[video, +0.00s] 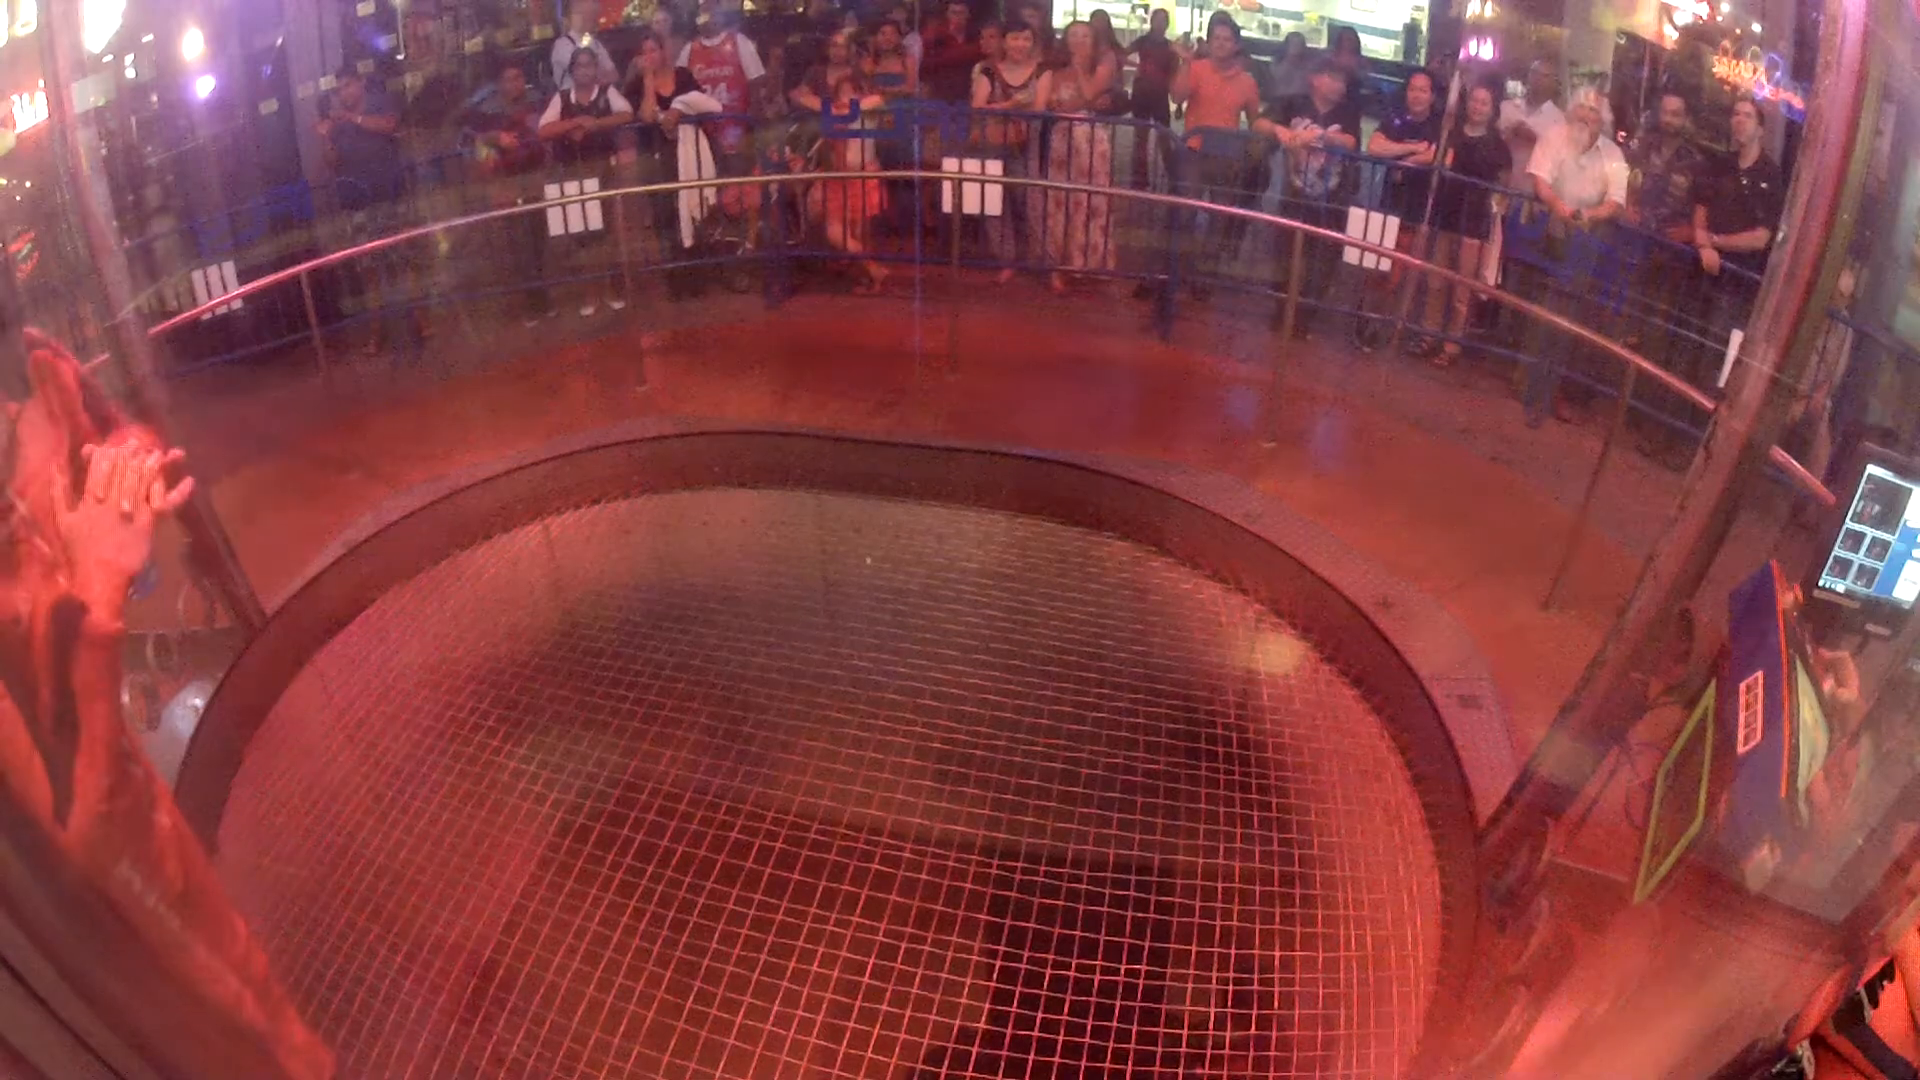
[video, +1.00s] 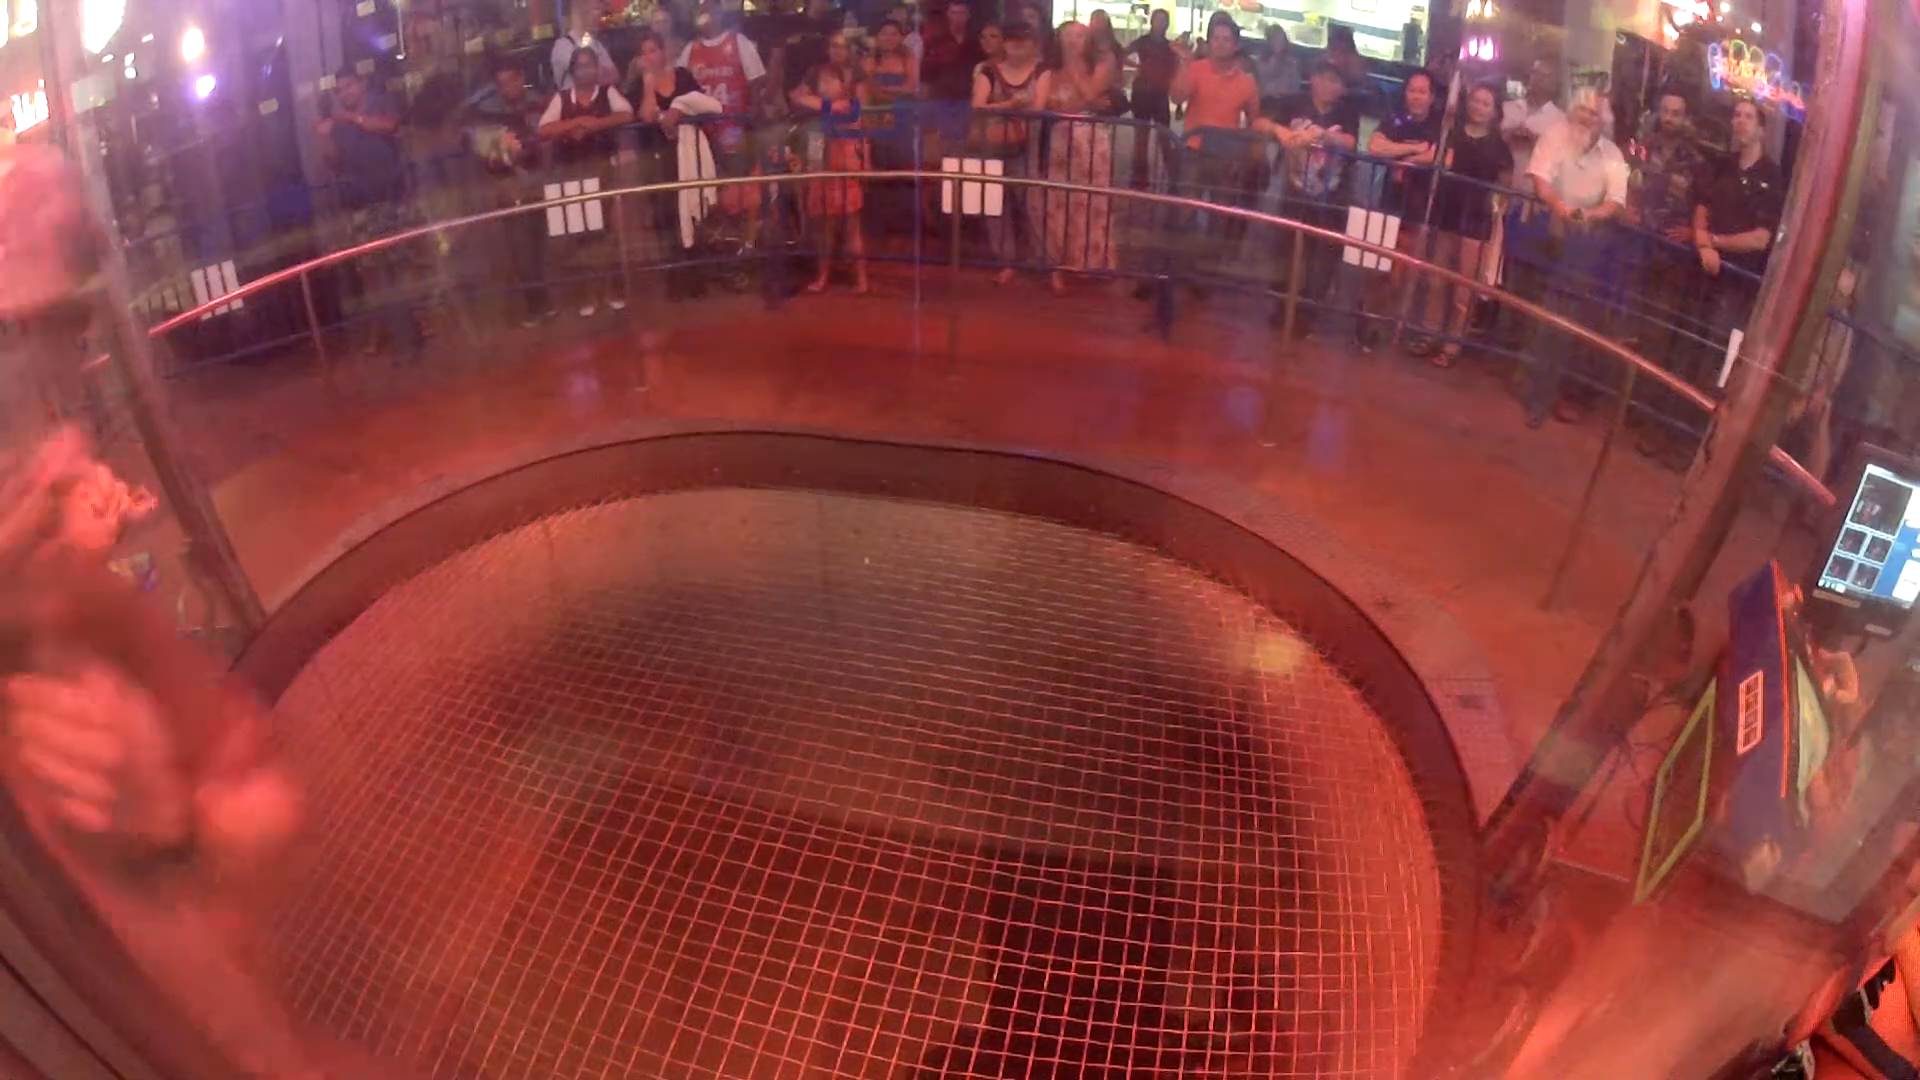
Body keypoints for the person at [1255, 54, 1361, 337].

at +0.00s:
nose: (1341, 88)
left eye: (1343, 83)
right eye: (1335, 81)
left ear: (1346, 87)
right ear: (1316, 80)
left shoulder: (1348, 112)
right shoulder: (1293, 104)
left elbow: (1352, 143)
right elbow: (1258, 123)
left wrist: (1321, 136)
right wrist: (1282, 132)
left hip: (1331, 202)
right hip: (1295, 196)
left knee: (1323, 262)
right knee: (1287, 254)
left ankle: (1306, 317)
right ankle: (1281, 310)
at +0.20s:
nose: (1341, 87)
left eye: (1343, 82)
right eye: (1334, 80)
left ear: (1345, 85)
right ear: (1316, 81)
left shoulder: (1348, 111)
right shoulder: (1292, 104)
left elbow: (1352, 143)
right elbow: (1258, 123)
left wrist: (1320, 136)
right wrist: (1282, 133)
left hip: (1331, 200)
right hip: (1295, 195)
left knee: (1322, 261)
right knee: (1287, 254)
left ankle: (1306, 316)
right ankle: (1281, 310)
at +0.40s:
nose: (1343, 89)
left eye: (1345, 83)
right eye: (1337, 82)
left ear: (1344, 85)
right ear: (1317, 81)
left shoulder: (1346, 111)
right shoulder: (1293, 105)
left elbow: (1352, 143)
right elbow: (1258, 124)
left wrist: (1321, 135)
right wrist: (1280, 131)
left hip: (1331, 201)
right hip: (1295, 196)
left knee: (1322, 260)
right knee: (1287, 253)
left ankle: (1308, 314)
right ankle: (1280, 307)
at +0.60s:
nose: (1338, 90)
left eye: (1341, 85)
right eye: (1332, 82)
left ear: (1344, 87)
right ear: (1314, 81)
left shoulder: (1346, 111)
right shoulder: (1293, 105)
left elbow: (1352, 144)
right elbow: (1258, 122)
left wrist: (1327, 137)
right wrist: (1282, 133)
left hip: (1331, 199)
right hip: (1295, 193)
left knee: (1323, 259)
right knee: (1287, 252)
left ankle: (1307, 314)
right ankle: (1280, 309)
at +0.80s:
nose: (1336, 92)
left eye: (1340, 87)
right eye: (1331, 85)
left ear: (1343, 89)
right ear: (1314, 81)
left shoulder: (1346, 112)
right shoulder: (1292, 105)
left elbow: (1351, 144)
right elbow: (1259, 123)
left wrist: (1323, 135)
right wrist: (1281, 132)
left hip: (1330, 199)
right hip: (1295, 193)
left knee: (1322, 258)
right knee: (1286, 250)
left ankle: (1308, 314)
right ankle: (1280, 306)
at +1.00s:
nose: (1333, 89)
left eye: (1337, 84)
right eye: (1328, 81)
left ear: (1343, 88)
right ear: (1313, 81)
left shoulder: (1347, 112)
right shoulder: (1293, 105)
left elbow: (1351, 144)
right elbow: (1258, 123)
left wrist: (1326, 136)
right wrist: (1283, 134)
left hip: (1331, 199)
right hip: (1295, 193)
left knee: (1322, 258)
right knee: (1287, 250)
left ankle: (1307, 313)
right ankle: (1280, 307)